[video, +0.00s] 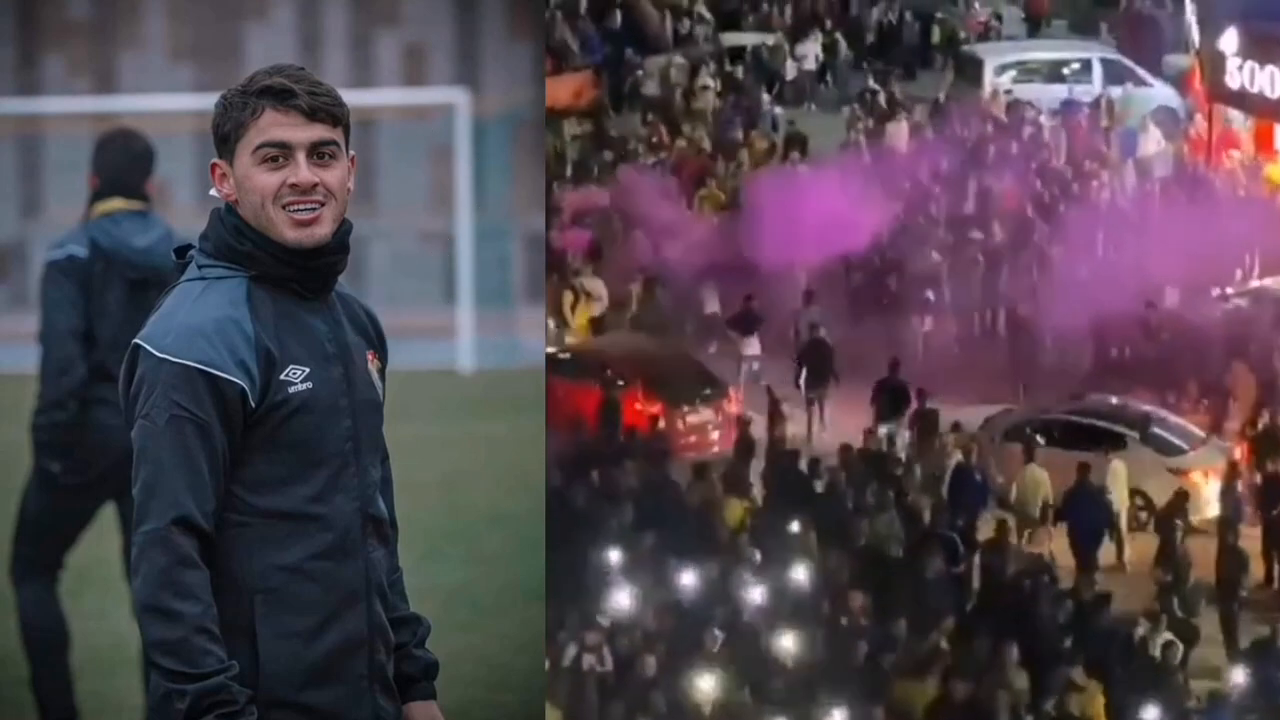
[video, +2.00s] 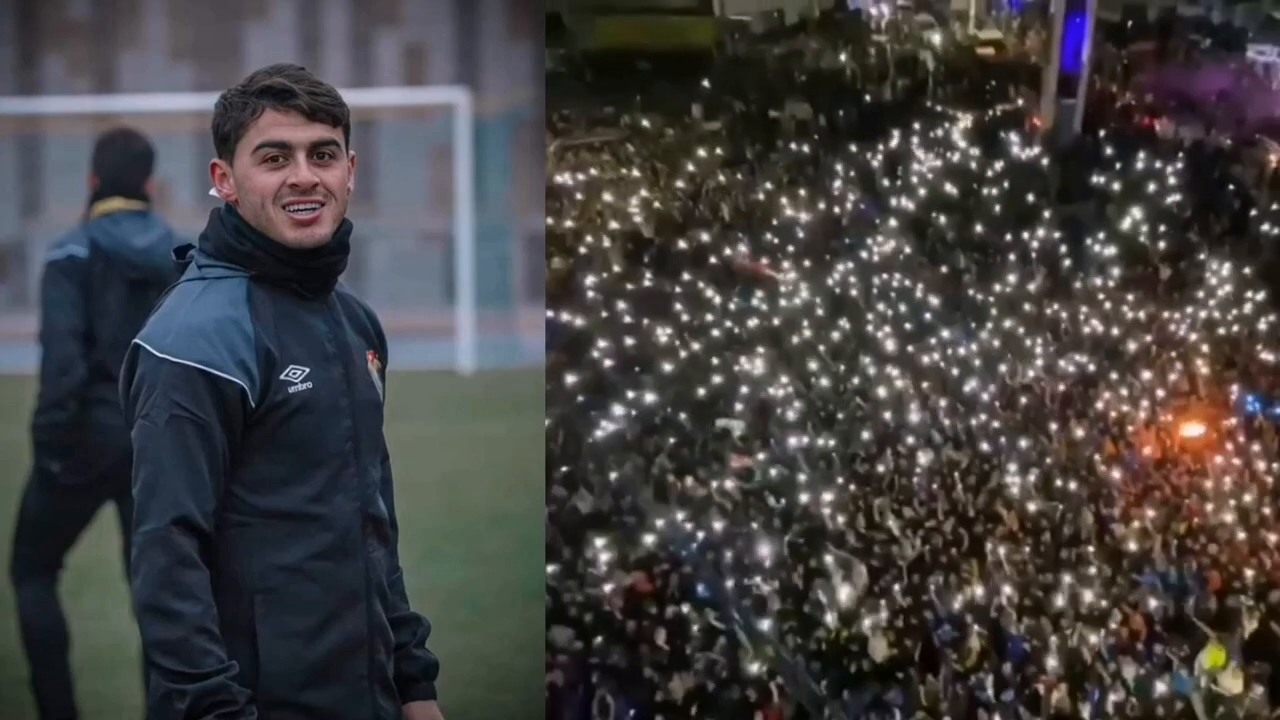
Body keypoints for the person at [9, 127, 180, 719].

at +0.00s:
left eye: (94, 173)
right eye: (149, 178)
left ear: (94, 180)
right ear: (152, 185)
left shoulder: (73, 252)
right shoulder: (177, 254)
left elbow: (65, 361)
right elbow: (190, 351)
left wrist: (51, 441)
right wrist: (174, 429)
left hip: (88, 448)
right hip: (158, 447)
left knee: (34, 569)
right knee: (156, 580)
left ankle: (57, 709)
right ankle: (167, 706)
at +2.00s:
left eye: (93, 173)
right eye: (150, 178)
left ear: (94, 179)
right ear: (152, 185)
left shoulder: (73, 254)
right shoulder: (178, 255)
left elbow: (65, 363)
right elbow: (191, 352)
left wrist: (51, 442)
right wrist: (174, 429)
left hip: (87, 449)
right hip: (158, 448)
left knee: (33, 570)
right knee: (157, 581)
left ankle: (57, 707)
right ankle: (167, 704)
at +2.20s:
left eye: (93, 173)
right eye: (150, 178)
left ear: (94, 180)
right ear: (152, 185)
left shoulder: (73, 254)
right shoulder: (178, 255)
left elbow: (65, 363)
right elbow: (191, 352)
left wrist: (51, 442)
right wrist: (175, 429)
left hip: (87, 449)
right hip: (158, 448)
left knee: (33, 570)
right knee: (157, 580)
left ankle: (57, 707)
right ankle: (167, 704)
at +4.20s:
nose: (95, 182)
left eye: (92, 173)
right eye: (150, 178)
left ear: (94, 180)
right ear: (152, 185)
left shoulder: (73, 254)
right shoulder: (178, 255)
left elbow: (65, 363)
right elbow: (191, 352)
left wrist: (51, 442)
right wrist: (175, 429)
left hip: (87, 449)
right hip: (158, 448)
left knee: (34, 570)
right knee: (157, 580)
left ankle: (57, 707)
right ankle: (167, 704)